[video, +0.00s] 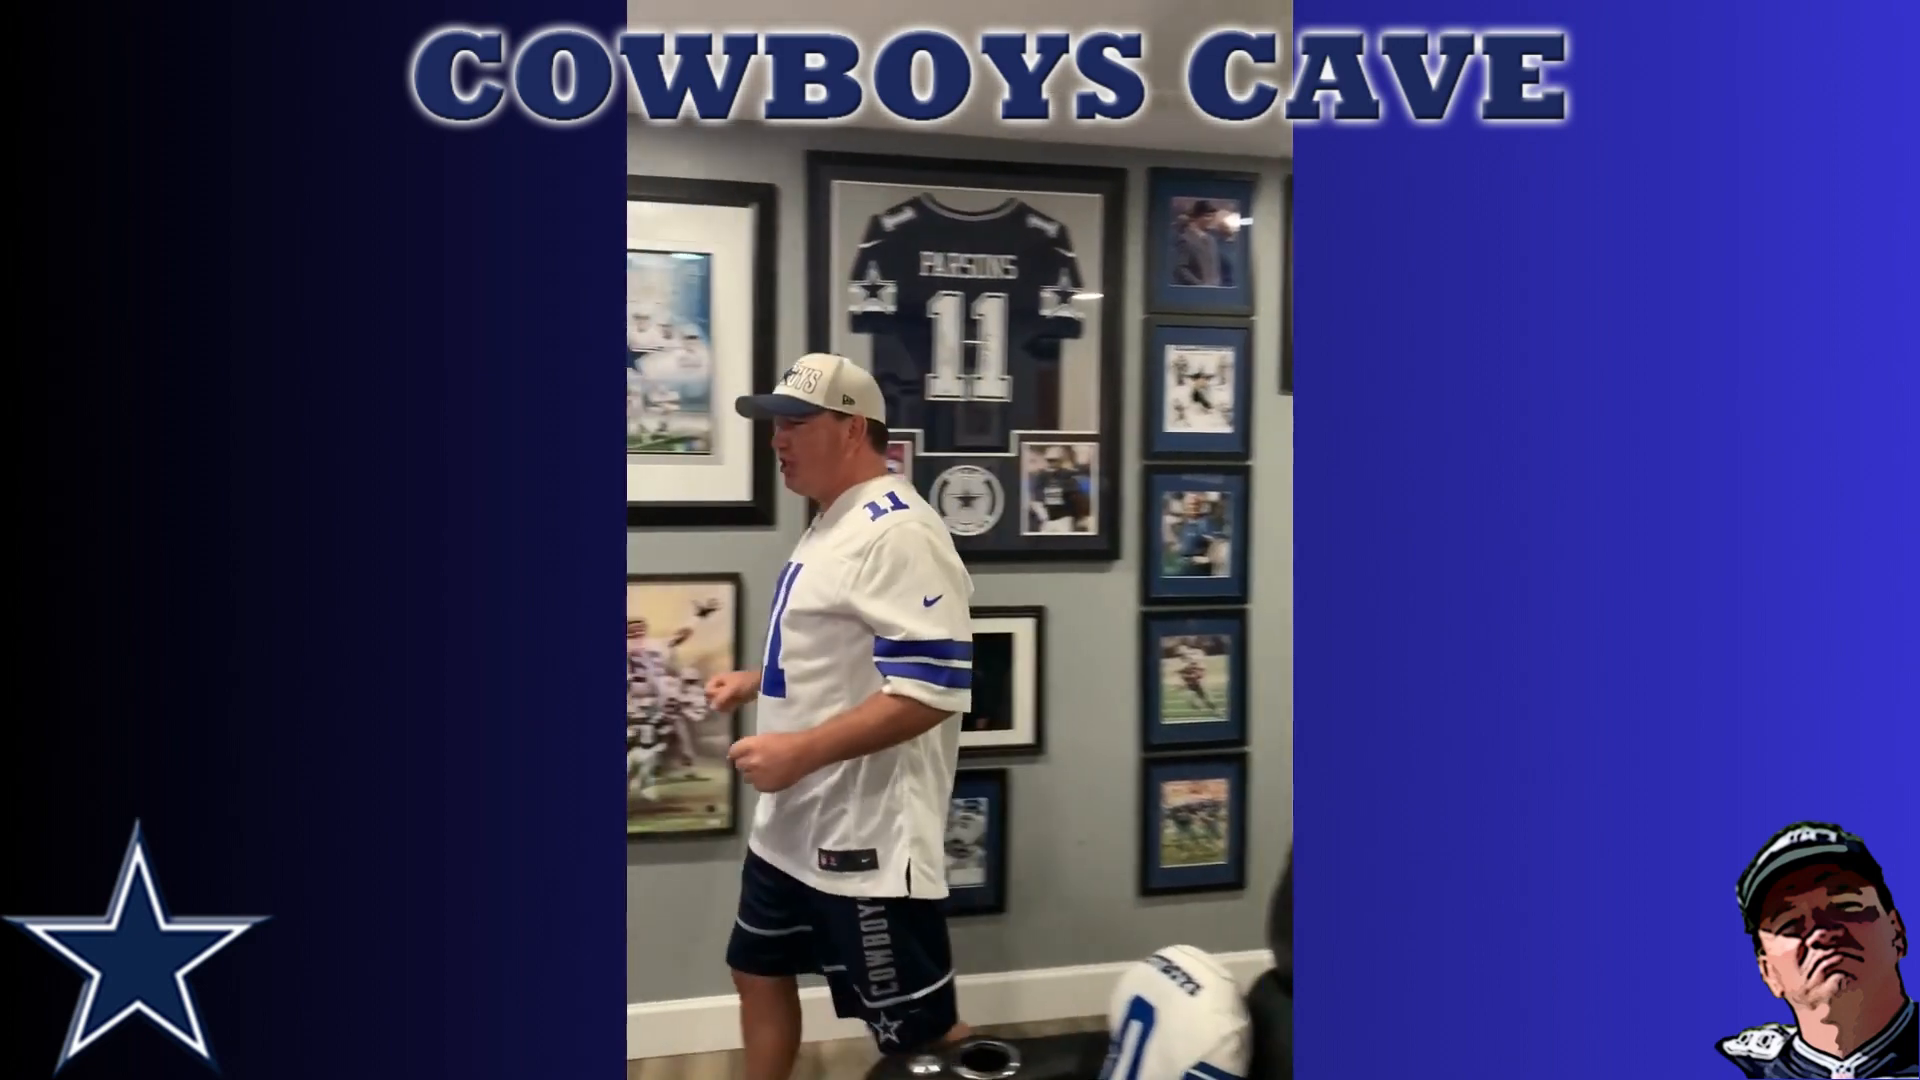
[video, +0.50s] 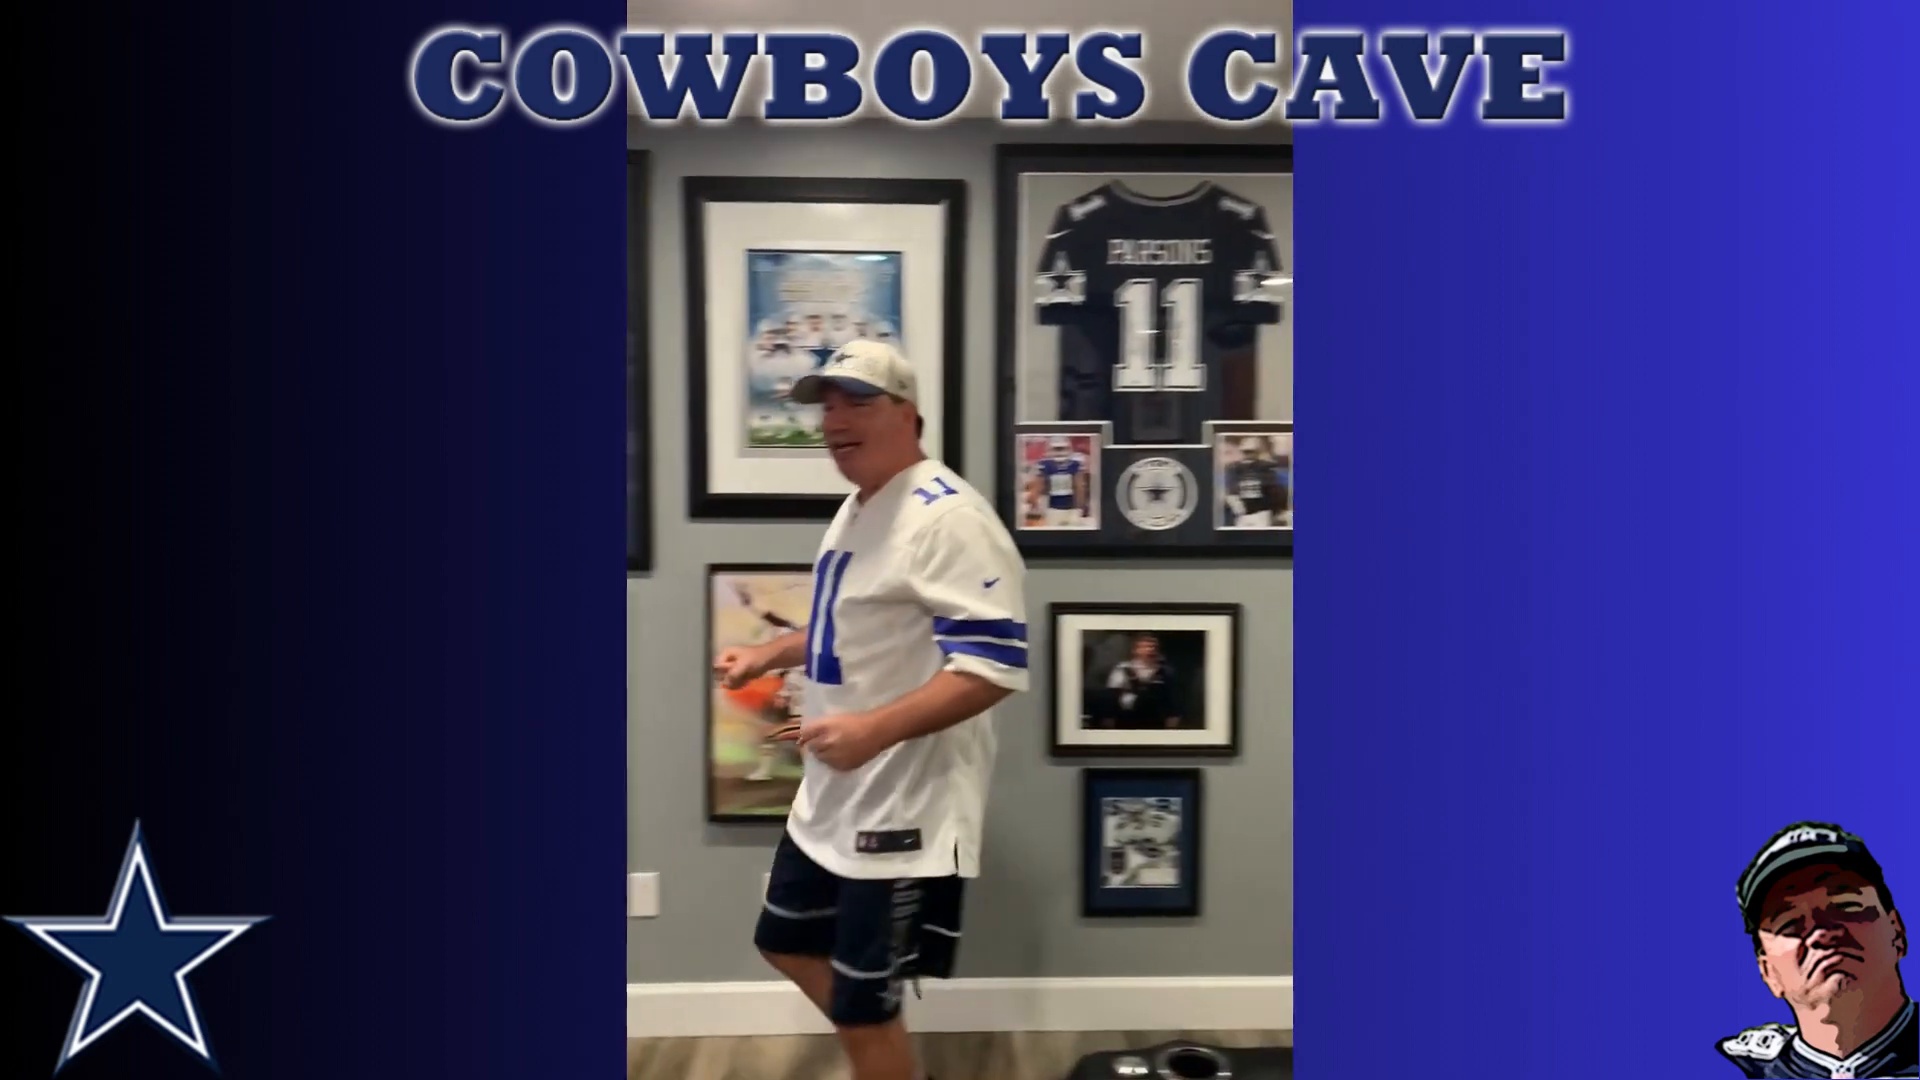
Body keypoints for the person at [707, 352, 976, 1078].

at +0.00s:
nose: (777, 439)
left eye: (795, 423)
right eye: (777, 423)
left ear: (851, 430)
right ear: (843, 434)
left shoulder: (901, 532)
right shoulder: (834, 522)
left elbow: (934, 686)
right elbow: (841, 660)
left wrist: (803, 750)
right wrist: (758, 681)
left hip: (873, 837)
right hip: (794, 822)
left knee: (922, 1033)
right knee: (759, 969)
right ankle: (768, 1078)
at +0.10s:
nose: (778, 438)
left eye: (796, 421)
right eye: (777, 421)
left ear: (850, 429)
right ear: (837, 433)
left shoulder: (904, 530)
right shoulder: (828, 520)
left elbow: (939, 685)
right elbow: (815, 636)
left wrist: (815, 744)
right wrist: (744, 672)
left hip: (864, 838)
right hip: (795, 823)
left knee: (875, 1044)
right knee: (783, 977)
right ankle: (794, 1077)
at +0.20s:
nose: (782, 430)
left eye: (802, 412)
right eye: (781, 413)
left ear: (856, 421)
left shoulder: (913, 520)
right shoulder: (827, 516)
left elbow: (955, 670)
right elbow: (809, 626)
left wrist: (839, 735)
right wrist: (732, 660)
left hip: (866, 823)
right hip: (813, 815)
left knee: (824, 1029)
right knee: (833, 1024)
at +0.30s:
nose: (795, 423)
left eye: (815, 405)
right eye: (791, 406)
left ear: (868, 414)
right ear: (787, 413)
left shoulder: (924, 512)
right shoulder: (832, 511)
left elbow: (974, 658)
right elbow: (821, 623)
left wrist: (859, 725)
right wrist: (735, 650)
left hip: (879, 811)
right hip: (830, 803)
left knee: (812, 1009)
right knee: (864, 983)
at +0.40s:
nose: (810, 423)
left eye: (831, 406)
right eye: (805, 407)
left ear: (883, 415)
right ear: (799, 415)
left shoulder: (935, 518)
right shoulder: (846, 514)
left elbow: (984, 664)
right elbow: (834, 629)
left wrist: (867, 731)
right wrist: (749, 653)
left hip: (886, 822)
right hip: (836, 814)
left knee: (837, 1018)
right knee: (867, 1005)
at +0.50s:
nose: (834, 421)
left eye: (855, 404)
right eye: (826, 405)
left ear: (907, 414)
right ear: (819, 415)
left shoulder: (953, 520)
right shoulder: (858, 510)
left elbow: (991, 667)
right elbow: (855, 630)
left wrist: (873, 728)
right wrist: (774, 652)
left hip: (905, 812)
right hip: (830, 793)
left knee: (867, 1009)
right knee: (789, 942)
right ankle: (886, 1059)